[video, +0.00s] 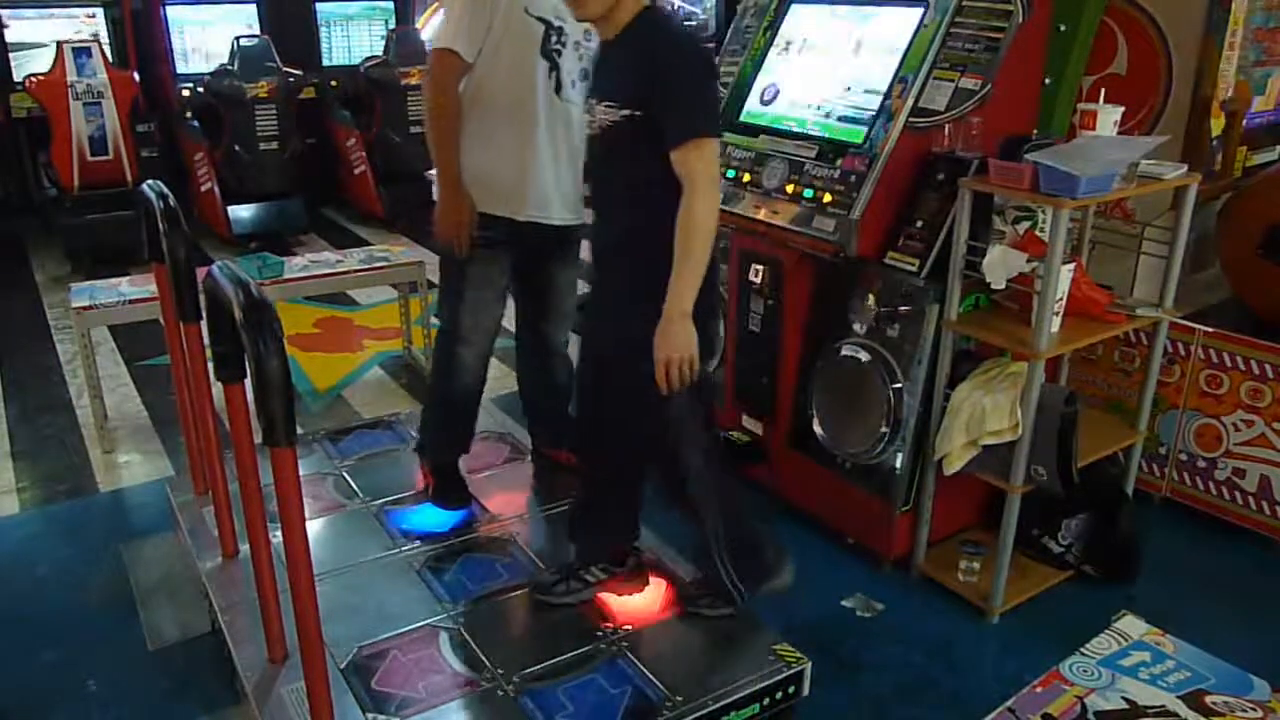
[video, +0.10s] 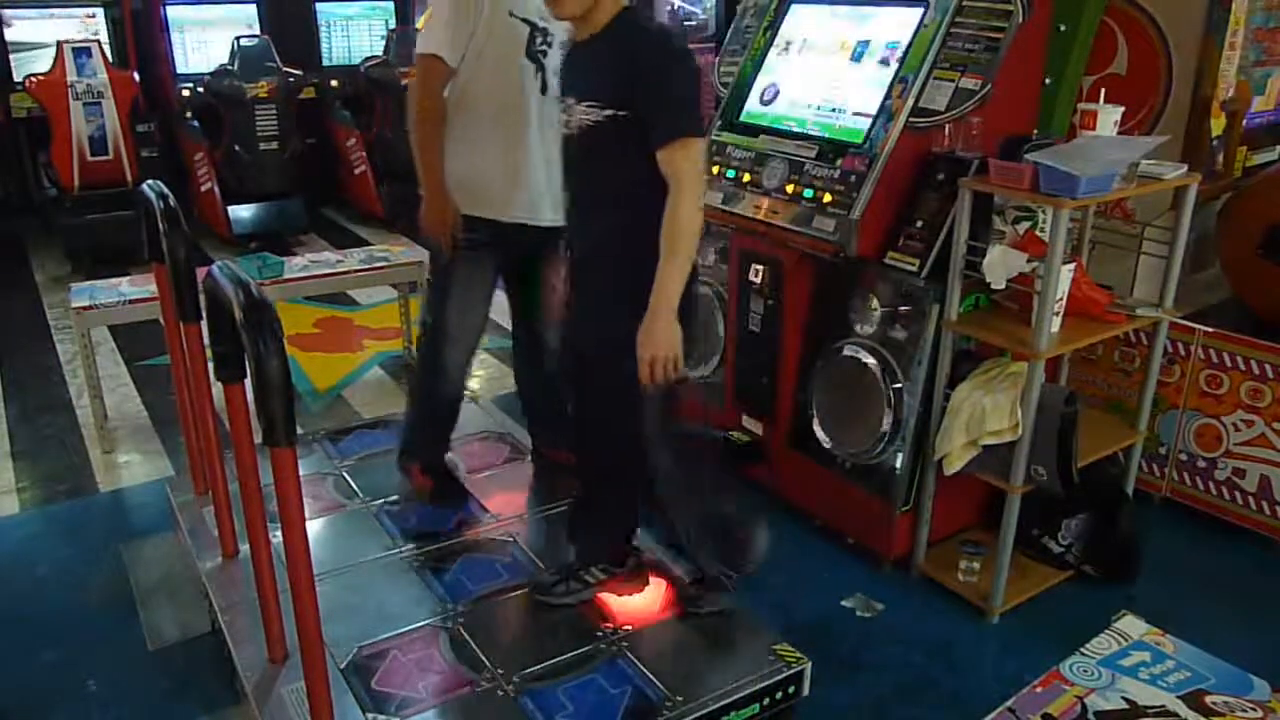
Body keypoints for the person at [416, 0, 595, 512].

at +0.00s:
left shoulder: (589, 16)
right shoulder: (487, 3)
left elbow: (590, 108)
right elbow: (441, 76)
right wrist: (450, 189)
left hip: (558, 207)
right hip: (484, 204)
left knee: (551, 344)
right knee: (466, 349)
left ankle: (554, 448)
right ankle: (442, 464)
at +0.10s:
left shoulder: (568, 13)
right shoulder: (469, 4)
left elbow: (572, 107)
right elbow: (425, 87)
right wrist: (434, 192)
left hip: (545, 207)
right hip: (474, 206)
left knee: (543, 343)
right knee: (450, 347)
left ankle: (555, 447)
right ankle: (423, 460)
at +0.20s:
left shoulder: (562, 12)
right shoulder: (445, 4)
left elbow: (573, 104)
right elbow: (407, 90)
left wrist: (572, 198)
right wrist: (417, 201)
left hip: (538, 215)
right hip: (458, 215)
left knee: (545, 355)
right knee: (436, 358)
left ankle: (559, 464)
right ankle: (409, 466)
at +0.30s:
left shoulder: (543, 11)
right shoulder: (421, 5)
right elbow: (383, 96)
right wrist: (398, 210)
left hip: (527, 218)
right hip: (442, 219)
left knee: (544, 358)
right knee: (427, 361)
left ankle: (559, 470)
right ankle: (407, 467)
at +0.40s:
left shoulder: (512, 10)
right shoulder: (390, 6)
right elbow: (353, 104)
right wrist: (373, 220)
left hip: (499, 215)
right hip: (417, 220)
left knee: (530, 357)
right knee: (414, 361)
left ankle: (551, 471)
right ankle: (408, 470)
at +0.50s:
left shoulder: (497, 8)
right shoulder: (366, 6)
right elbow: (327, 99)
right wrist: (332, 214)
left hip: (483, 207)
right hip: (394, 214)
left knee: (517, 350)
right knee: (406, 355)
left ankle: (548, 466)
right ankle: (408, 469)